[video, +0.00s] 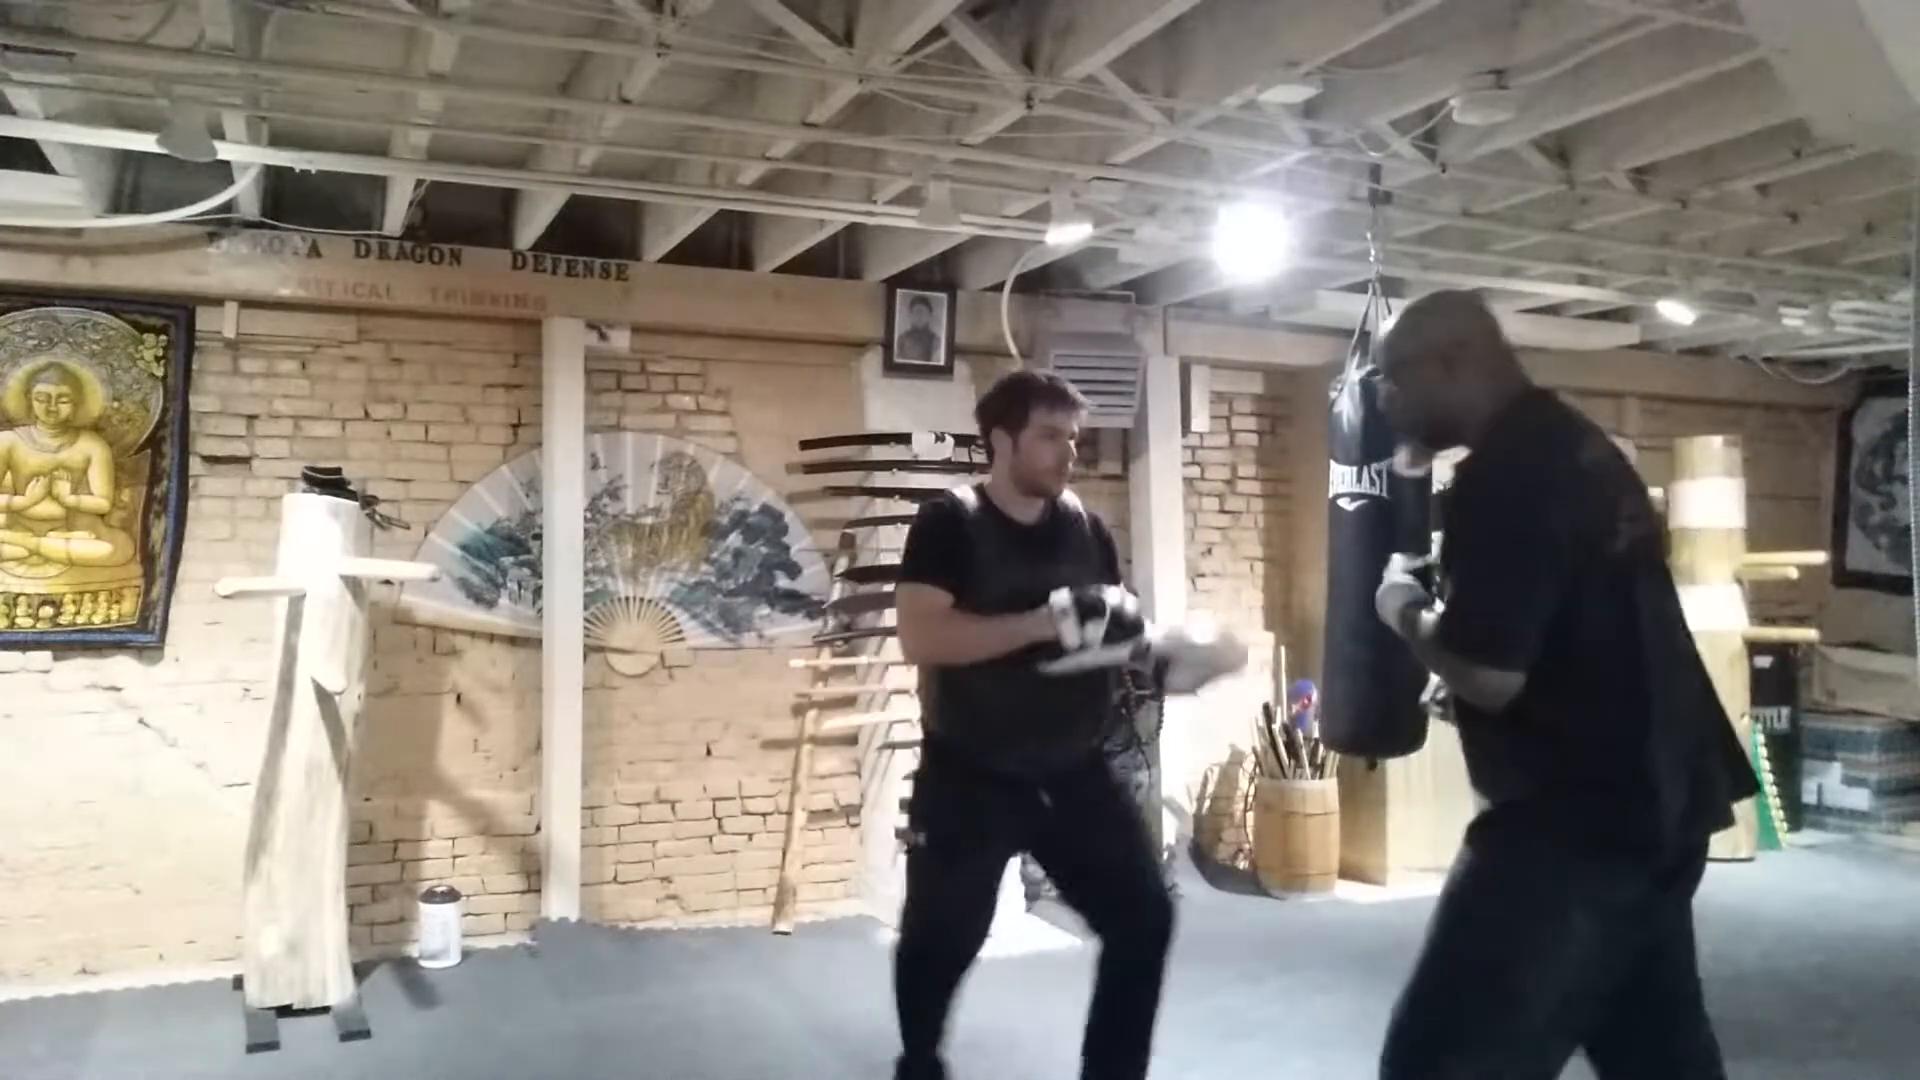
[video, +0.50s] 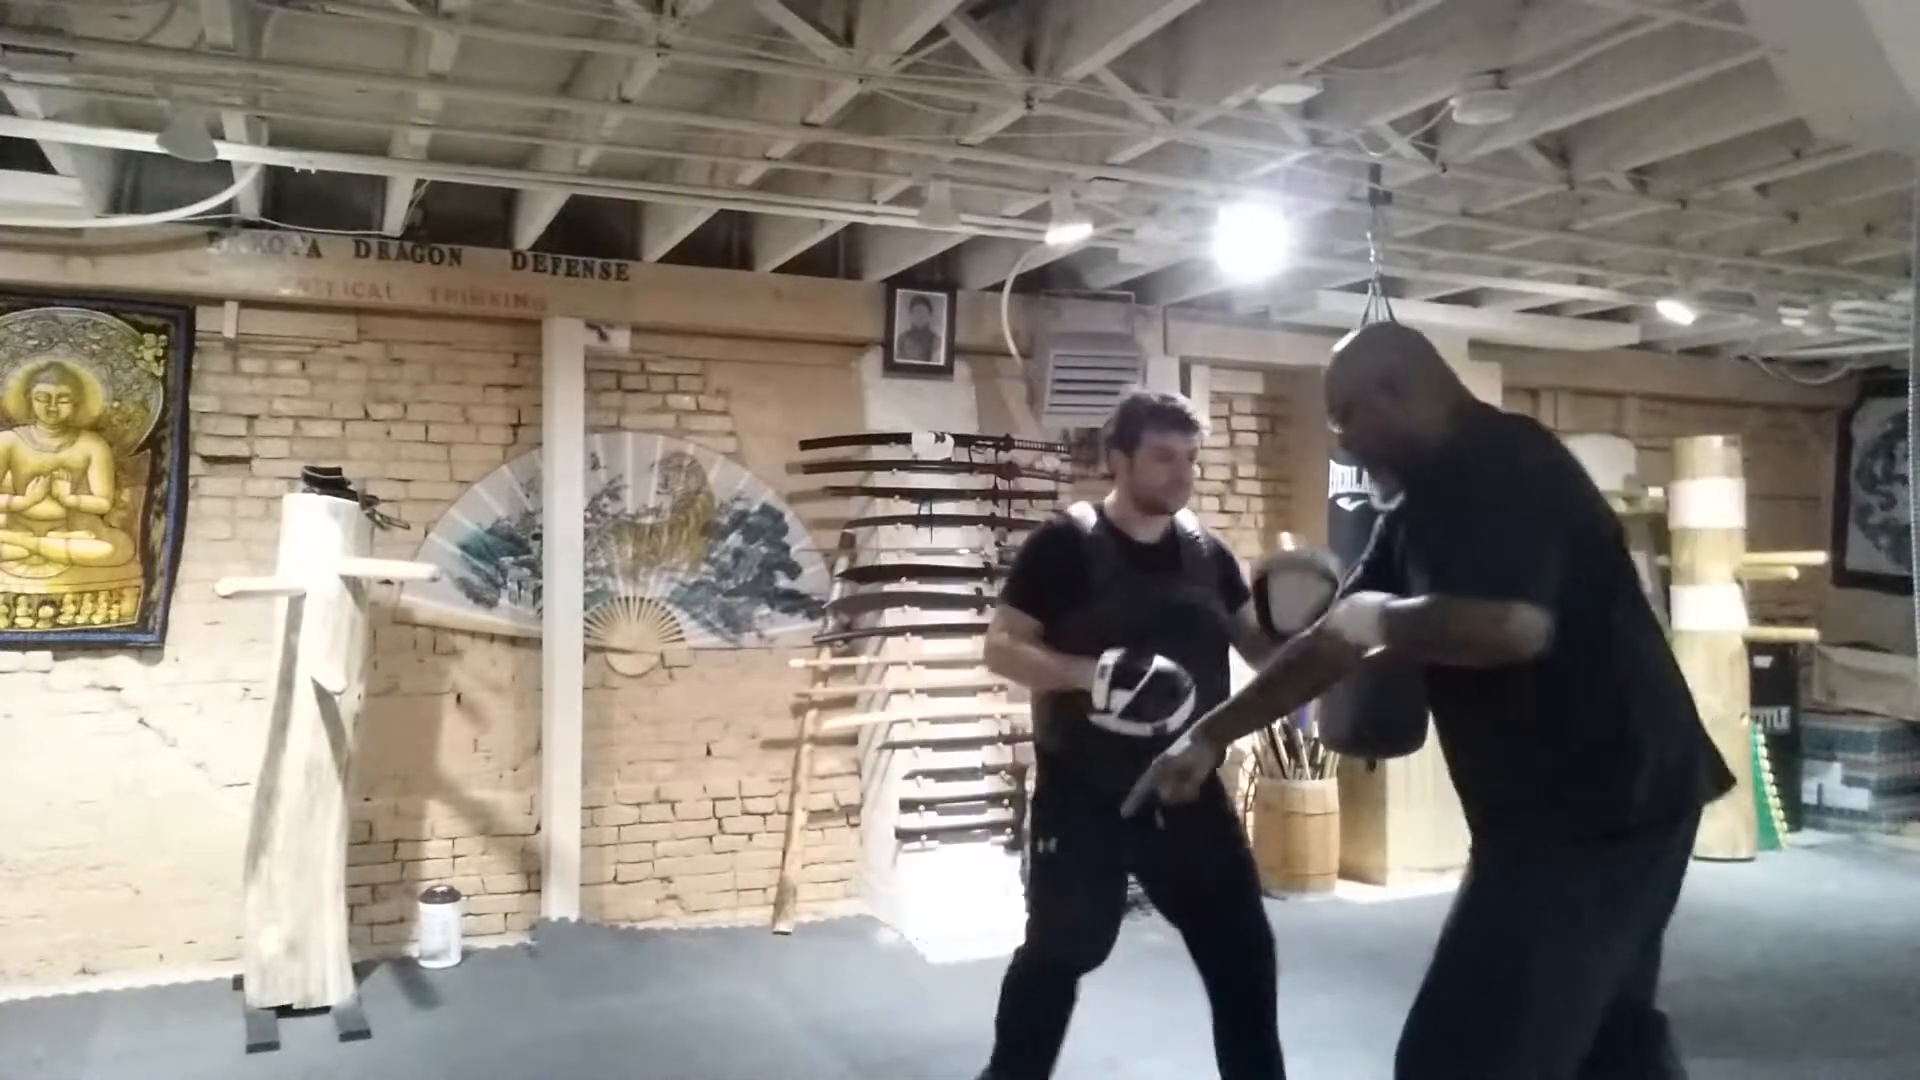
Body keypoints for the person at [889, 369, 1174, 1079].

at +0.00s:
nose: (1071, 451)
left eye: (1075, 438)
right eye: (1055, 436)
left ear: (1074, 443)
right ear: (1001, 440)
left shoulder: (1085, 529)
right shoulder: (946, 523)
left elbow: (1112, 638)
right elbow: (922, 638)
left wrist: (1175, 658)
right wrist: (1049, 623)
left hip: (1074, 776)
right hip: (968, 777)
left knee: (1143, 918)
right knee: (939, 942)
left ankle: (1111, 1074)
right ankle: (920, 1063)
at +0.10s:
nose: (1070, 456)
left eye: (1075, 443)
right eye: (1053, 442)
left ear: (1076, 447)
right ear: (1002, 445)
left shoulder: (1085, 532)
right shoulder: (954, 530)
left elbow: (1115, 642)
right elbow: (933, 638)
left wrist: (1158, 687)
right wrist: (1057, 606)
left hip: (1096, 787)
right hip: (988, 789)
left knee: (1178, 922)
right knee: (951, 965)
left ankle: (1154, 1058)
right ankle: (937, 1078)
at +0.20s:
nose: (1091, 460)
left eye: (1098, 446)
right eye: (1074, 444)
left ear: (1101, 452)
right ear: (1025, 447)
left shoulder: (1115, 538)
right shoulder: (981, 534)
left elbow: (1126, 664)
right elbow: (947, 642)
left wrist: (1183, 703)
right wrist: (1071, 617)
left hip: (1117, 789)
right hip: (1011, 790)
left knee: (1197, 951)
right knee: (962, 972)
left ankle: (1242, 1074)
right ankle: (937, 1077)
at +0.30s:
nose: (1132, 463)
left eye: (1136, 449)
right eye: (1113, 450)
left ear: (1142, 454)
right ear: (1064, 458)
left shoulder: (1159, 545)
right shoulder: (1017, 541)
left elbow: (1176, 649)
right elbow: (964, 647)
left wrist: (1217, 671)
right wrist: (1074, 644)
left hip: (1159, 797)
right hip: (1048, 799)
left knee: (1227, 969)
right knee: (991, 965)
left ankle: (1256, 1077)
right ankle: (957, 1074)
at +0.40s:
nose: (1161, 474)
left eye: (1168, 460)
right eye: (1144, 459)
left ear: (1178, 467)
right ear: (1099, 464)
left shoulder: (1198, 559)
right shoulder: (1048, 552)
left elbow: (1239, 648)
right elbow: (986, 657)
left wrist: (1280, 644)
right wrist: (1083, 669)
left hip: (1189, 803)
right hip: (1076, 806)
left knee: (1248, 961)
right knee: (1031, 961)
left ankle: (1255, 1076)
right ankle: (993, 1069)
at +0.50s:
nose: (1184, 471)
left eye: (1191, 457)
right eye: (1167, 457)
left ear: (1195, 461)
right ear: (1120, 458)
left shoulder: (1211, 555)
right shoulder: (1064, 545)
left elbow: (1262, 649)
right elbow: (1000, 649)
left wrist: (1297, 622)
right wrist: (1091, 676)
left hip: (1188, 793)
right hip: (1080, 795)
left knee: (1245, 961)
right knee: (1057, 955)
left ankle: (1258, 1079)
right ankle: (1010, 1077)